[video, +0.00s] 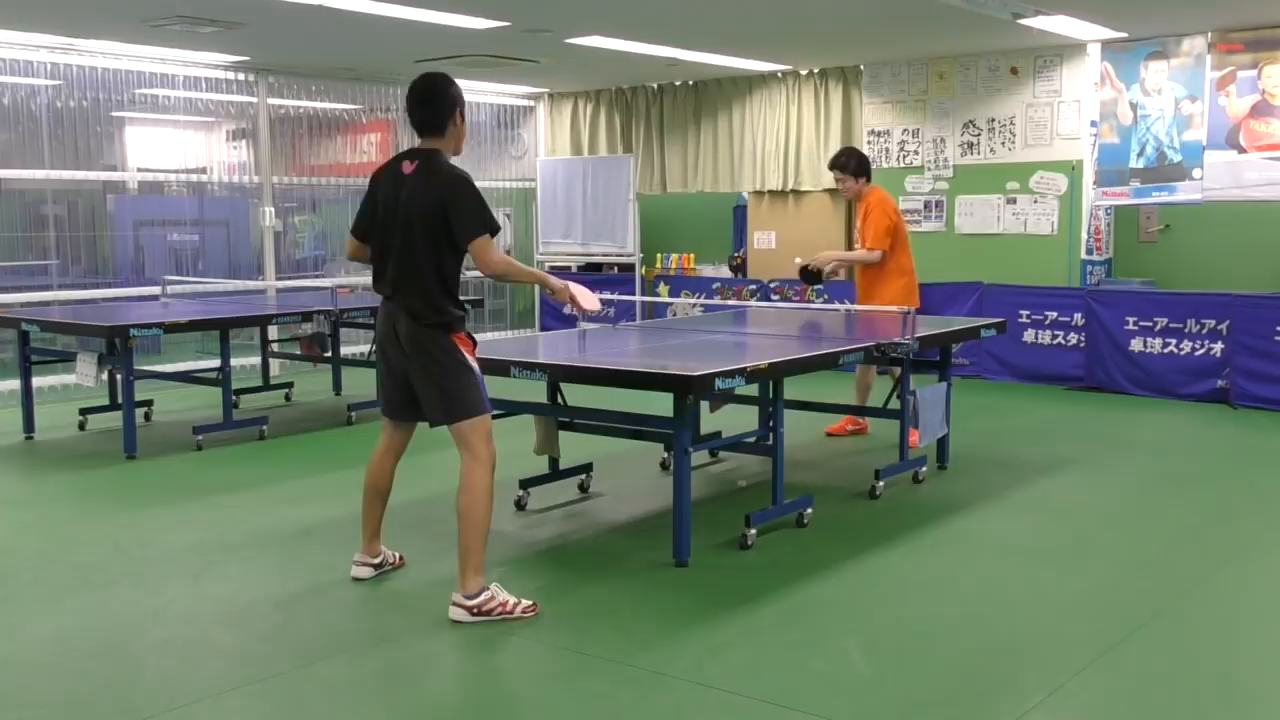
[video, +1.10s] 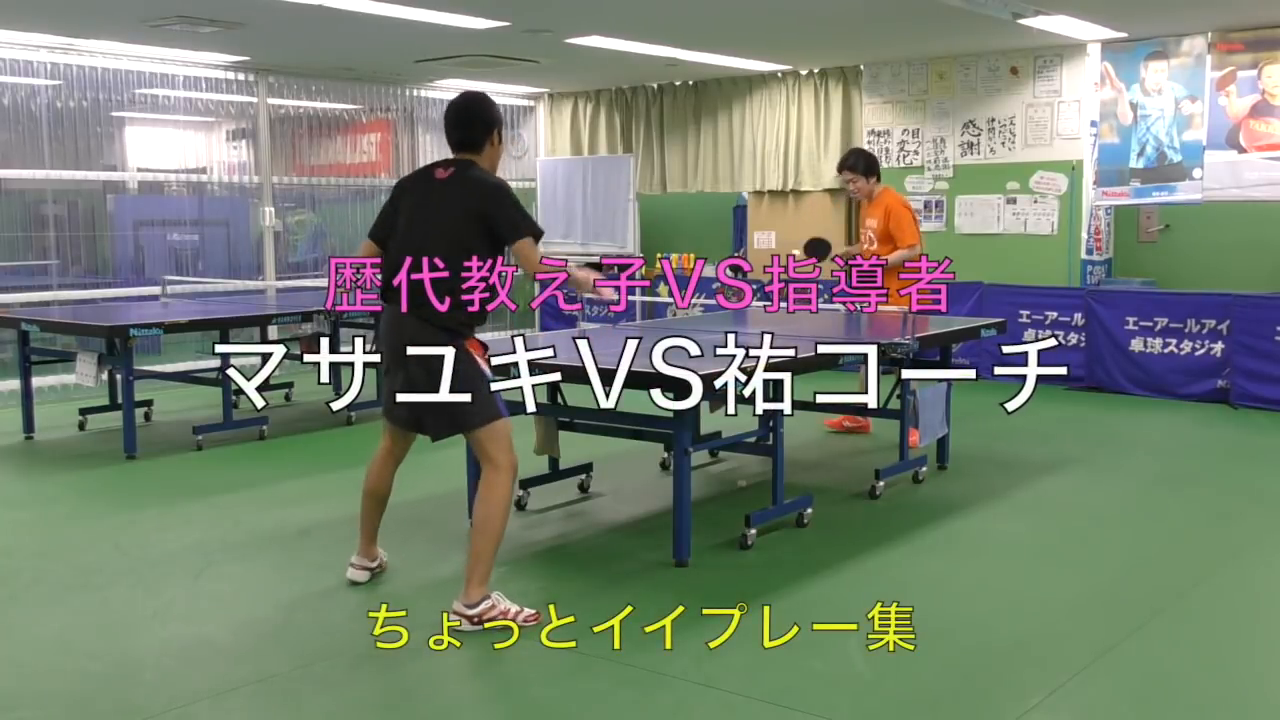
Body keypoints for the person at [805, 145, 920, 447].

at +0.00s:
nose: (839, 187)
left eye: (843, 181)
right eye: (837, 181)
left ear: (861, 177)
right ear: (844, 178)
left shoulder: (879, 203)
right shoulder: (864, 203)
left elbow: (875, 254)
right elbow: (867, 250)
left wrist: (834, 256)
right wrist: (842, 264)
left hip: (893, 298)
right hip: (872, 297)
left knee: (893, 360)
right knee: (867, 356)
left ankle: (916, 420)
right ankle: (858, 417)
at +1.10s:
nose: (849, 189)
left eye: (853, 182)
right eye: (846, 183)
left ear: (872, 176)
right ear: (848, 181)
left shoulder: (894, 204)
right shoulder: (868, 204)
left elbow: (912, 248)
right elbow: (870, 244)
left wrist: (879, 264)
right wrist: (848, 253)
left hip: (899, 298)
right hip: (874, 297)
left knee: (905, 362)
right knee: (868, 356)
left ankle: (913, 423)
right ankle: (859, 414)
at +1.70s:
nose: (848, 184)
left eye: (853, 178)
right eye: (845, 179)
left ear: (870, 177)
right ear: (843, 180)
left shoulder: (893, 205)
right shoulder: (859, 209)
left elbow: (914, 246)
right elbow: (862, 256)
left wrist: (881, 260)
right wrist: (836, 281)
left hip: (901, 297)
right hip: (872, 297)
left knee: (912, 359)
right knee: (866, 354)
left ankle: (923, 419)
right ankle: (867, 412)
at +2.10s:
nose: (841, 179)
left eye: (846, 173)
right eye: (838, 174)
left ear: (864, 172)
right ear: (838, 176)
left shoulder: (893, 201)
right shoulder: (843, 208)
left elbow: (913, 240)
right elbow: (824, 247)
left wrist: (882, 251)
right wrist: (812, 234)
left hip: (900, 296)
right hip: (864, 298)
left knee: (912, 358)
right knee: (862, 354)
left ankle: (926, 420)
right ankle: (866, 414)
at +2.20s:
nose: (846, 175)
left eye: (851, 168)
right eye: (842, 170)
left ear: (868, 169)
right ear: (839, 173)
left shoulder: (892, 199)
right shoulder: (842, 209)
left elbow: (913, 239)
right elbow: (828, 248)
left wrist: (882, 250)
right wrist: (815, 247)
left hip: (898, 295)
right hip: (862, 298)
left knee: (911, 358)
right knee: (861, 354)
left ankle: (924, 419)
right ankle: (866, 414)